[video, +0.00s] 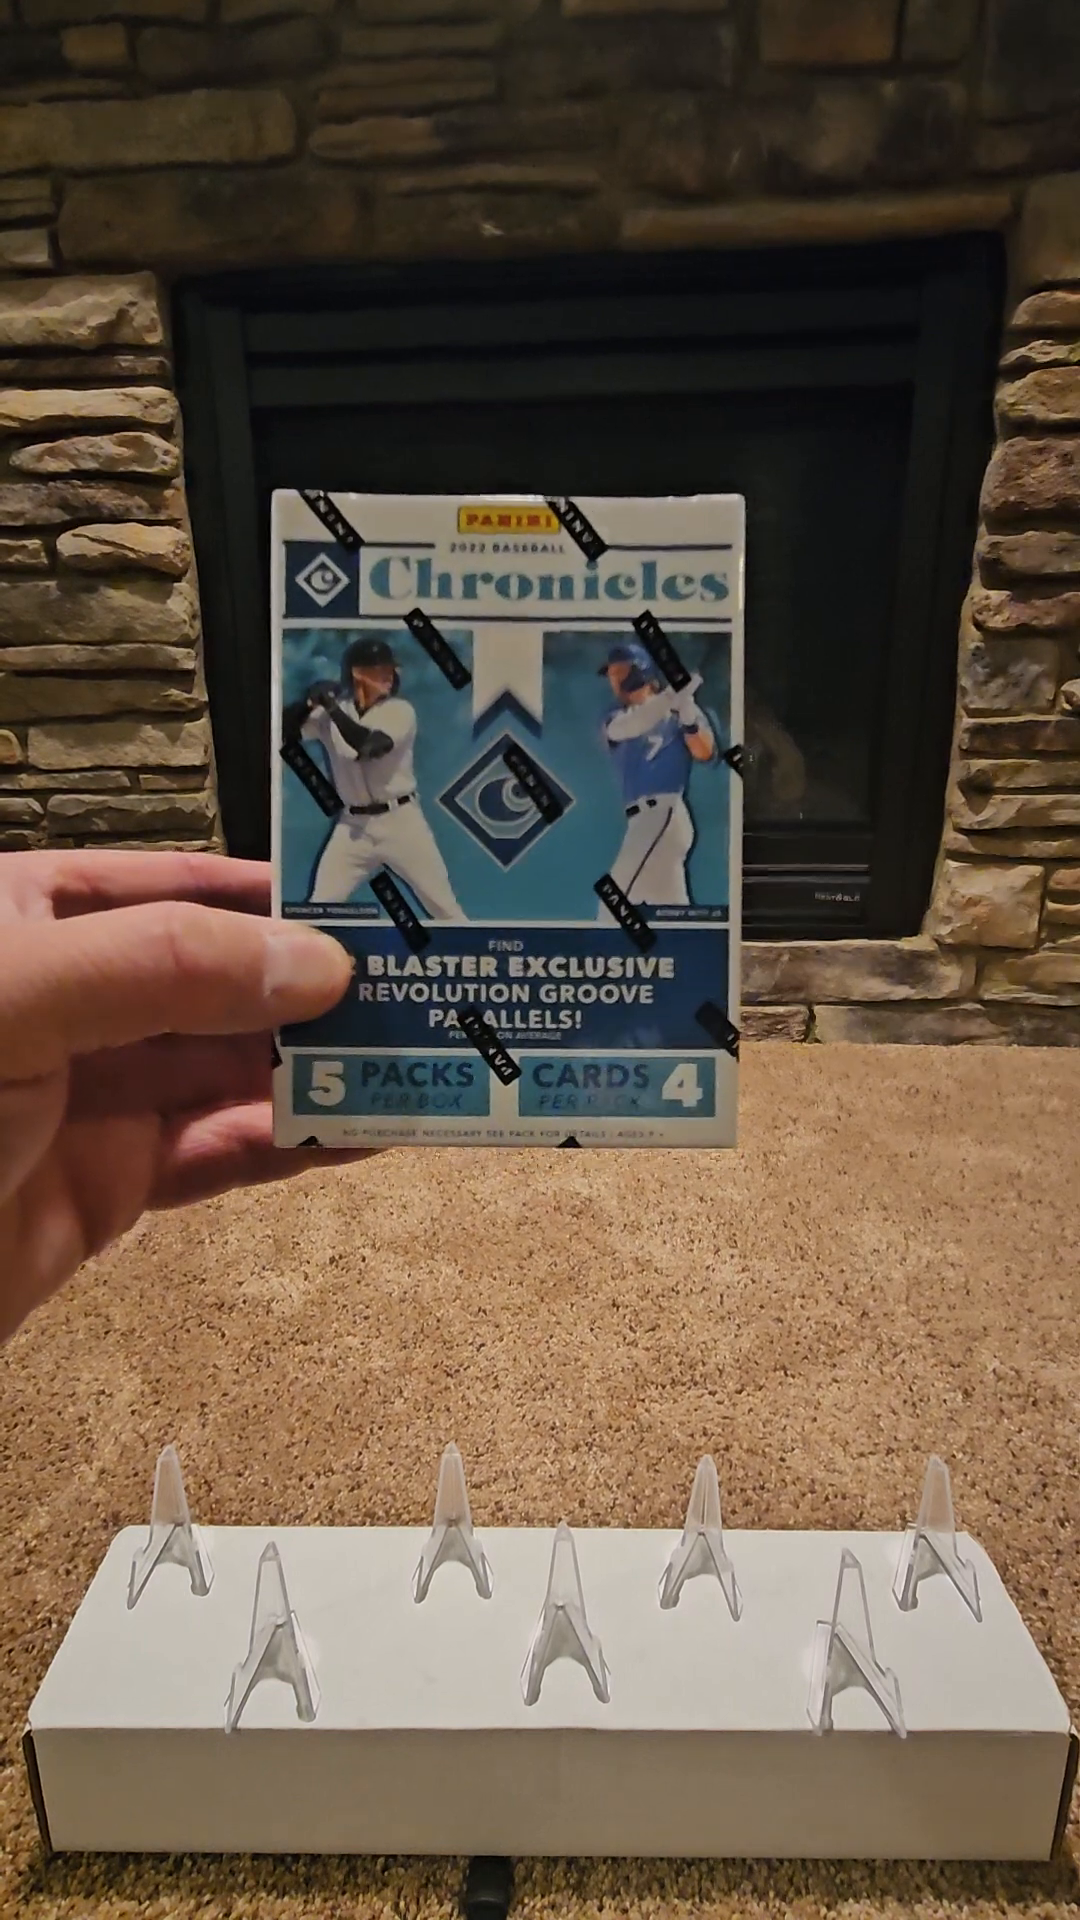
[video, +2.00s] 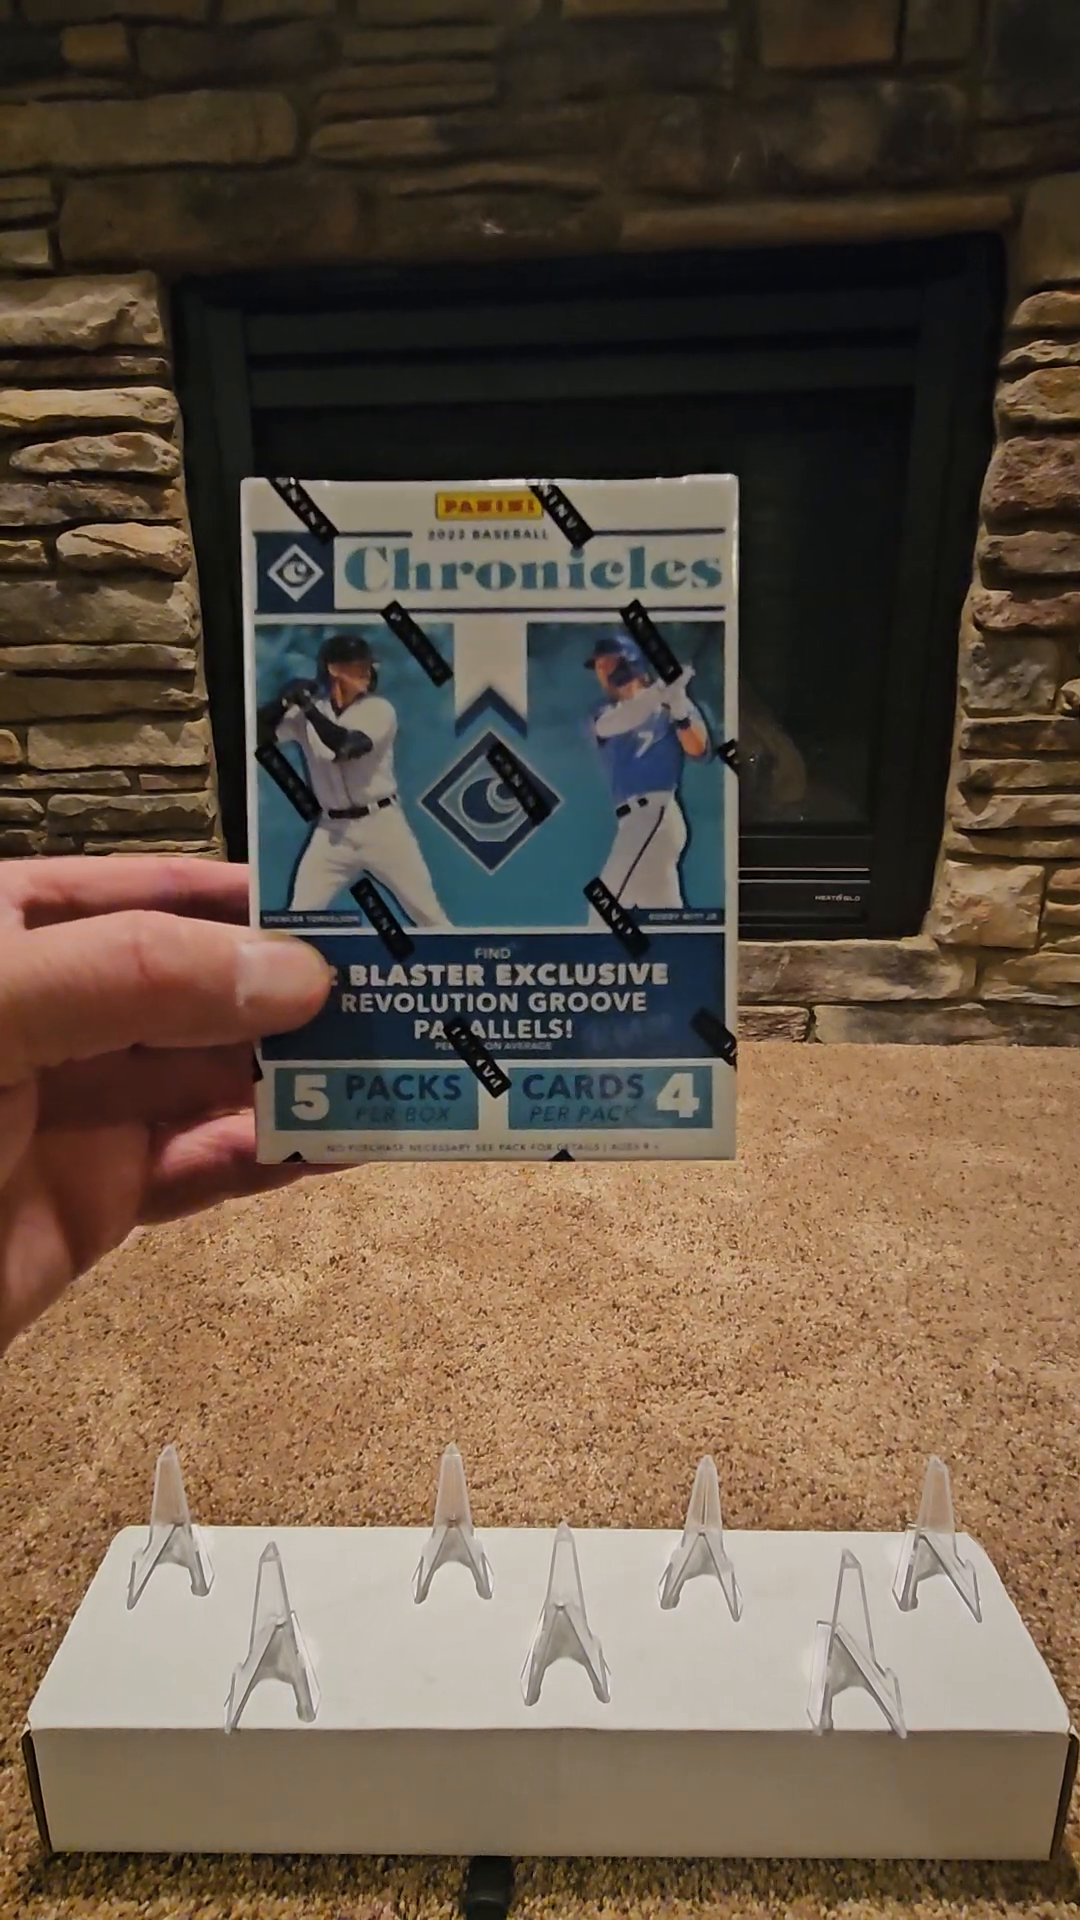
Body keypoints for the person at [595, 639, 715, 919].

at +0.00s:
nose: (614, 681)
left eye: (621, 672)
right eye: (611, 674)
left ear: (640, 672)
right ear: (608, 678)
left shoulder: (680, 709)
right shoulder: (615, 720)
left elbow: (704, 753)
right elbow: (632, 725)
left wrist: (687, 712)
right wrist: (673, 695)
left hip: (664, 816)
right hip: (640, 820)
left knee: (614, 903)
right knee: (671, 912)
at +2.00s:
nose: (604, 673)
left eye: (611, 663)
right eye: (600, 666)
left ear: (631, 664)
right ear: (596, 673)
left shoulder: (672, 702)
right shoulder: (601, 714)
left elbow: (699, 750)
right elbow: (624, 720)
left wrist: (679, 707)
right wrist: (662, 689)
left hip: (656, 816)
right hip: (632, 820)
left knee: (605, 906)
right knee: (665, 919)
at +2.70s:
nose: (605, 631)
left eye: (613, 620)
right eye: (601, 623)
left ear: (636, 621)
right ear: (598, 630)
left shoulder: (678, 664)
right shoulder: (606, 676)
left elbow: (705, 716)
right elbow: (625, 682)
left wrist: (686, 667)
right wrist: (666, 651)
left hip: (659, 785)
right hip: (632, 789)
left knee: (602, 881)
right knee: (663, 894)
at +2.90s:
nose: (597, 579)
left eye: (604, 569)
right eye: (593, 571)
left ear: (628, 569)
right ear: (590, 576)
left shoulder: (673, 610)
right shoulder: (595, 623)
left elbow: (703, 663)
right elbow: (619, 629)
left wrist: (682, 611)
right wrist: (660, 595)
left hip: (655, 738)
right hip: (626, 743)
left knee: (597, 841)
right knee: (663, 853)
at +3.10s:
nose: (622, 558)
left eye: (630, 547)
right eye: (617, 550)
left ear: (656, 549)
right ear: (613, 556)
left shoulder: (699, 592)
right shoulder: (622, 606)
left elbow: (732, 649)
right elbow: (642, 614)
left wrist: (710, 594)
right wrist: (682, 583)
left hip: (682, 727)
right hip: (653, 731)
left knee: (621, 835)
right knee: (693, 848)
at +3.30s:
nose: (644, 525)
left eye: (653, 513)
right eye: (641, 516)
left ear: (681, 514)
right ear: (638, 521)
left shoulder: (735, 562)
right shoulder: (652, 575)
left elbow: (765, 621)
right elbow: (655, 590)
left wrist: (742, 562)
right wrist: (718, 546)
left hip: (711, 704)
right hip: (682, 709)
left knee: (647, 819)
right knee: (721, 833)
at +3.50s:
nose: (679, 509)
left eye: (688, 496)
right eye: (674, 500)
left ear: (717, 497)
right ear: (670, 506)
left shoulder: (769, 547)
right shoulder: (680, 562)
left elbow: (801, 609)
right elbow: (698, 572)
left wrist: (777, 546)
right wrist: (757, 528)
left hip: (744, 697)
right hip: (713, 702)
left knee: (676, 816)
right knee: (753, 832)